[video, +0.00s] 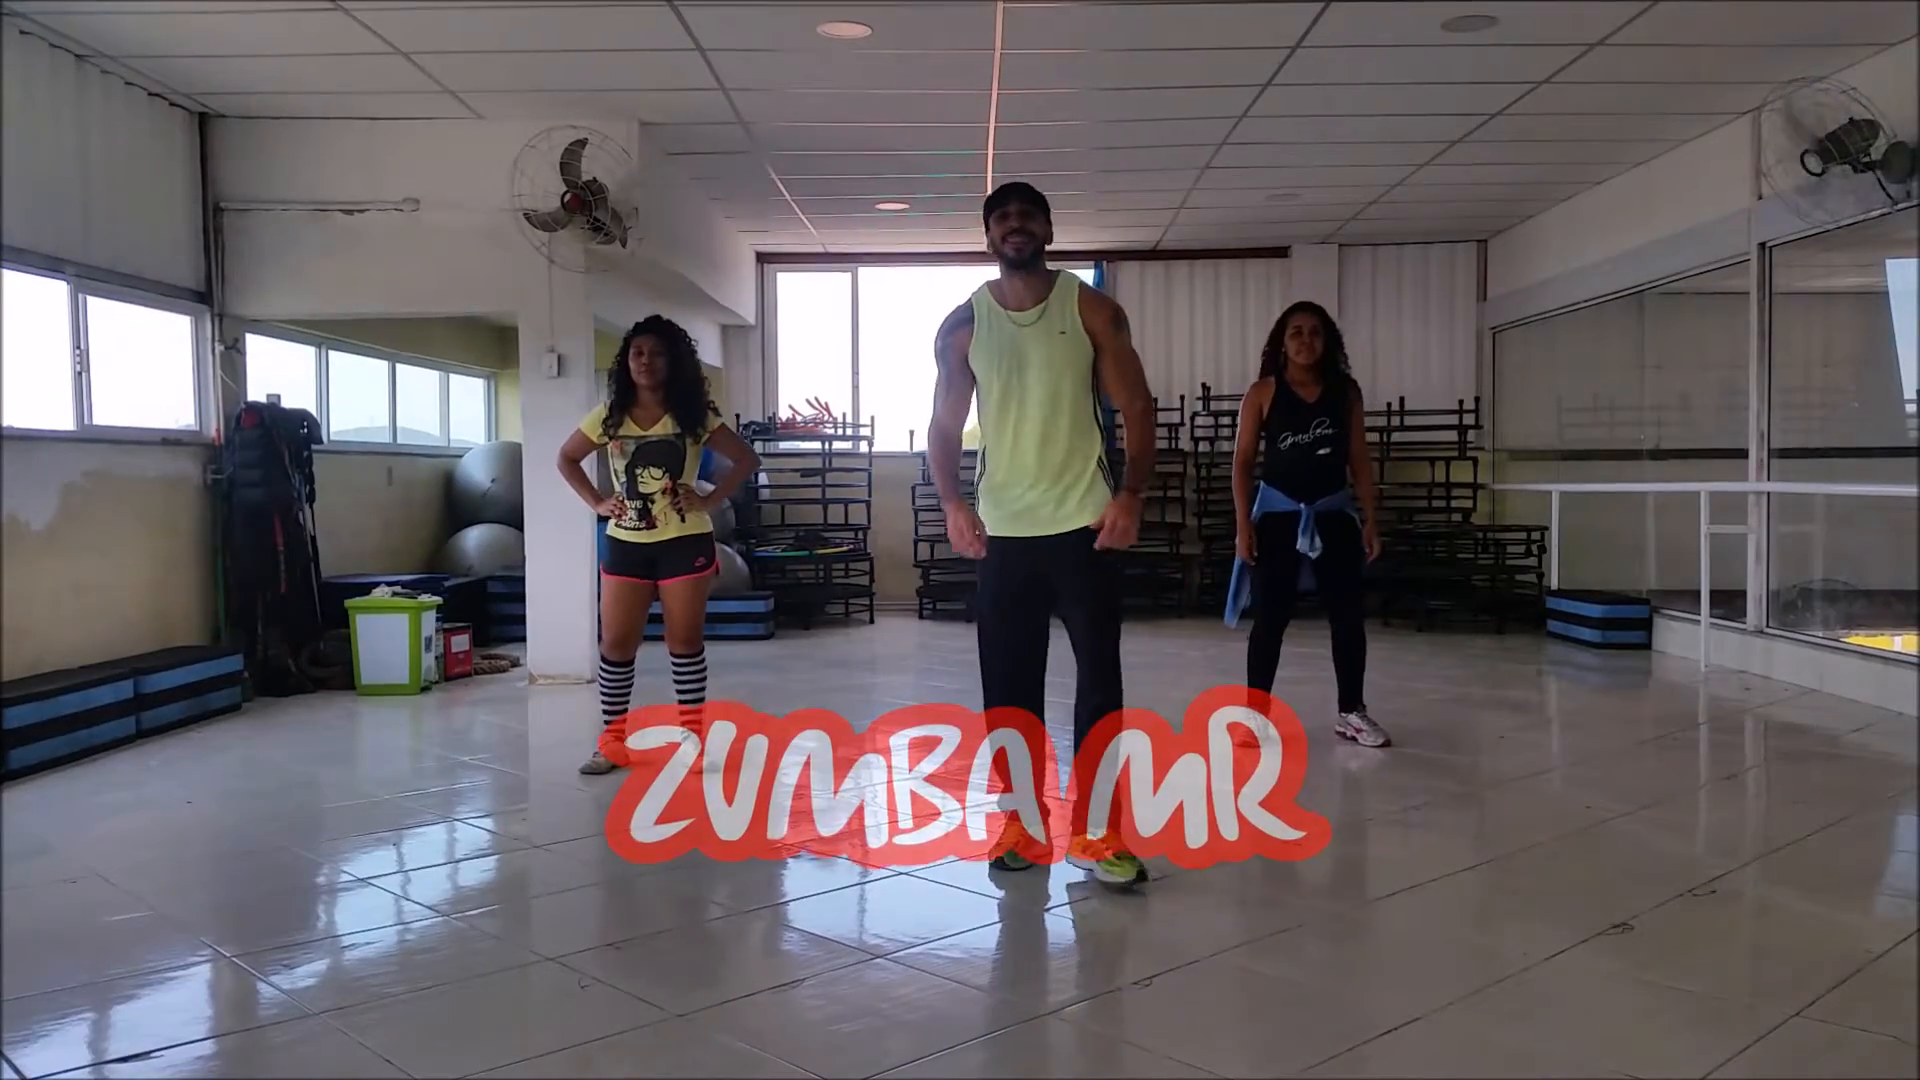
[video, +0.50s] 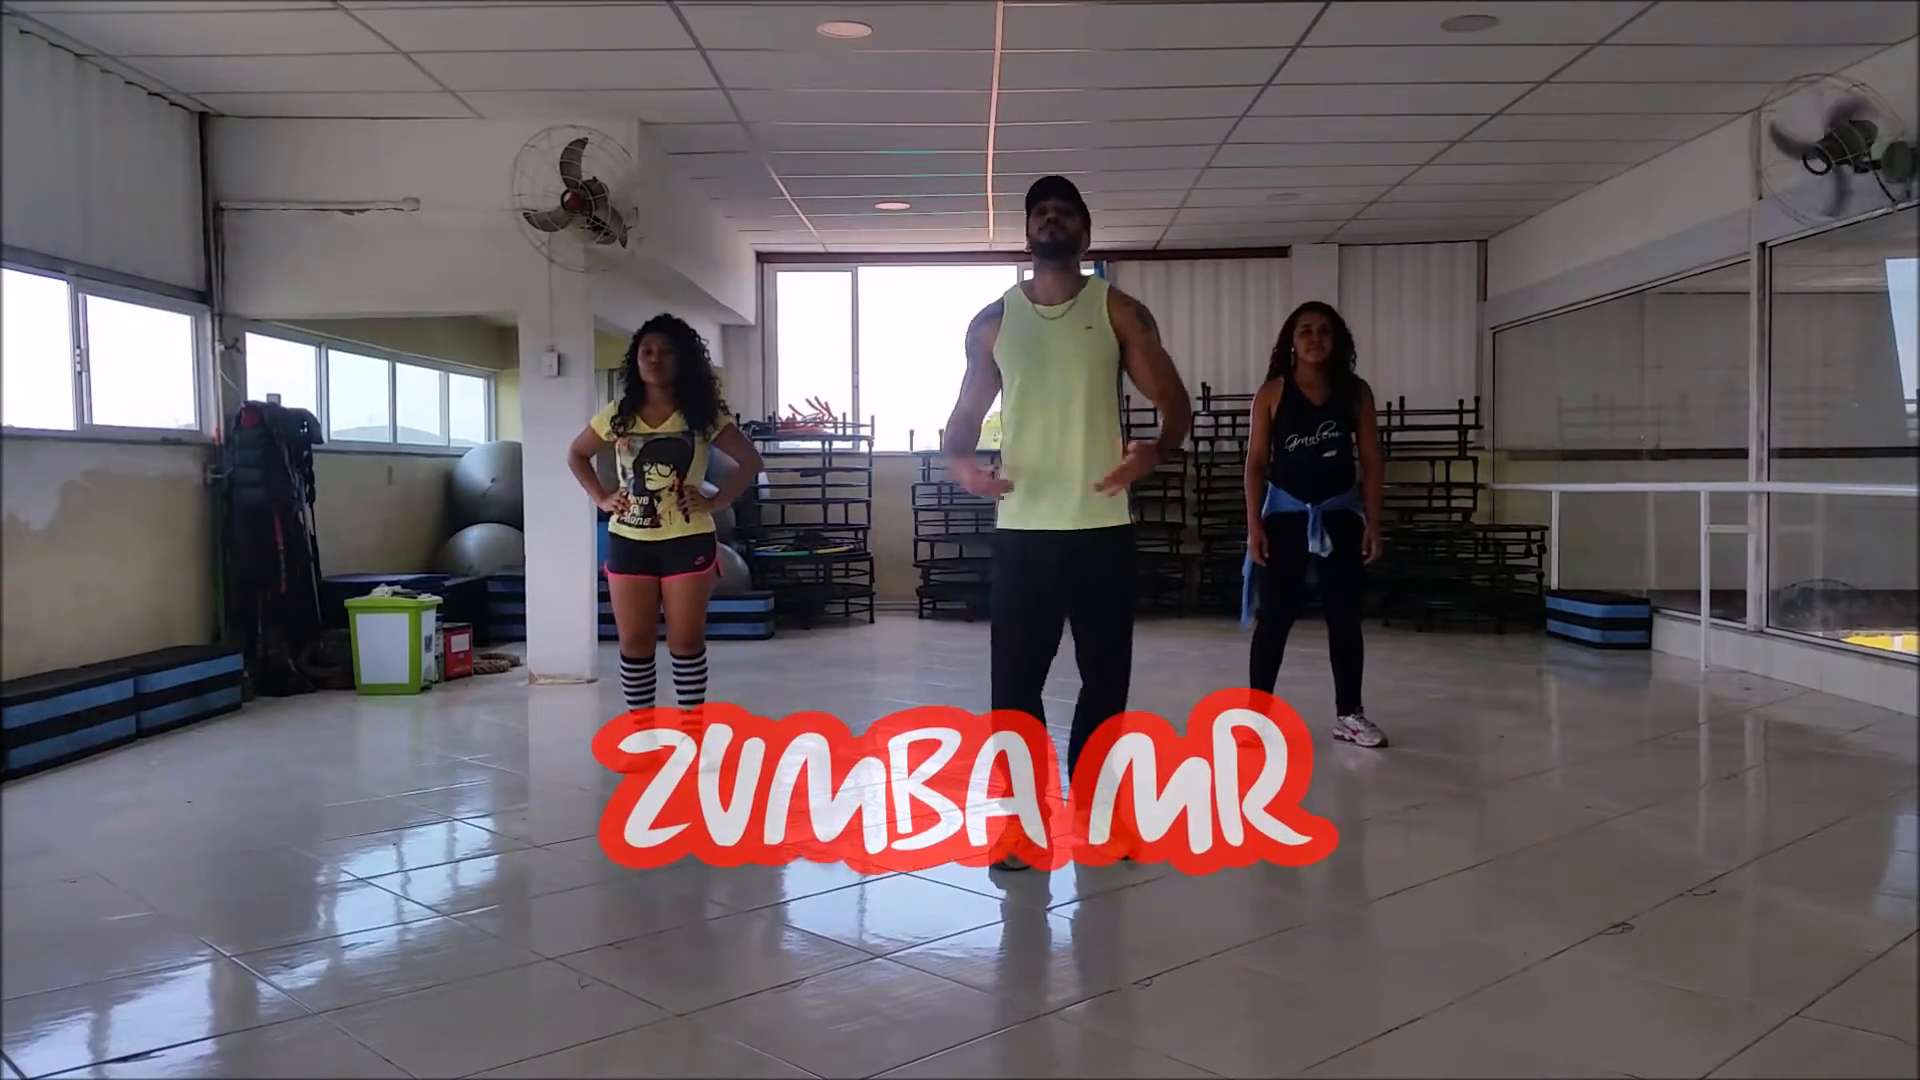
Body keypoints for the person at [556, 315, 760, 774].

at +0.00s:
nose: (644, 360)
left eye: (655, 353)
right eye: (637, 352)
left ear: (674, 362)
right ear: (626, 361)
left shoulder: (694, 414)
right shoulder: (611, 413)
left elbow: (747, 459)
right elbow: (566, 458)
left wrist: (710, 500)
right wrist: (597, 501)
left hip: (685, 544)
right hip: (625, 546)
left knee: (685, 645)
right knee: (616, 647)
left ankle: (693, 742)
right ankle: (613, 742)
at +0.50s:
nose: (653, 358)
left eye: (664, 351)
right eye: (646, 350)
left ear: (682, 360)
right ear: (635, 359)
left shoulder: (702, 413)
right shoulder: (619, 412)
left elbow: (751, 462)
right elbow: (577, 454)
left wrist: (714, 503)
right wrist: (601, 496)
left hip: (688, 542)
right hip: (629, 544)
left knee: (686, 644)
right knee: (634, 647)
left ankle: (692, 736)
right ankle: (642, 738)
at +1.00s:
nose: (653, 356)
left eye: (664, 349)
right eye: (646, 349)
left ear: (682, 359)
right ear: (635, 359)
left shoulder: (700, 413)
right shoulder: (615, 411)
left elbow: (750, 460)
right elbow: (565, 455)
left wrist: (716, 500)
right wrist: (595, 504)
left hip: (688, 541)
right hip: (630, 544)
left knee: (679, 642)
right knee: (636, 643)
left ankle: (679, 734)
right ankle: (641, 735)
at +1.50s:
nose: (651, 357)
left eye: (662, 351)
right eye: (644, 350)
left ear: (680, 361)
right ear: (635, 359)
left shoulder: (696, 410)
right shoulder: (619, 409)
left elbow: (709, 460)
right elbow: (590, 460)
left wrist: (678, 417)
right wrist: (626, 427)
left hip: (685, 538)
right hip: (627, 538)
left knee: (678, 643)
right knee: (634, 643)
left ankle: (679, 733)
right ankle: (641, 734)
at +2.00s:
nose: (656, 352)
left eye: (667, 347)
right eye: (649, 345)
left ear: (685, 358)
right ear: (636, 355)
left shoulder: (698, 403)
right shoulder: (620, 402)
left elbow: (722, 348)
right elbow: (580, 358)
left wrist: (688, 293)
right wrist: (606, 301)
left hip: (688, 540)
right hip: (630, 539)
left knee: (681, 644)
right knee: (631, 645)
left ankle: (682, 731)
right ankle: (639, 731)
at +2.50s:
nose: (654, 355)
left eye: (665, 349)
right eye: (646, 348)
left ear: (684, 360)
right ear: (634, 356)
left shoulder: (696, 404)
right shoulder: (615, 402)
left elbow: (723, 343)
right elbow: (573, 345)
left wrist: (700, 284)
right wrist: (597, 286)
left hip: (685, 538)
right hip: (628, 539)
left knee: (678, 641)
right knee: (636, 645)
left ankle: (685, 729)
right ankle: (645, 736)